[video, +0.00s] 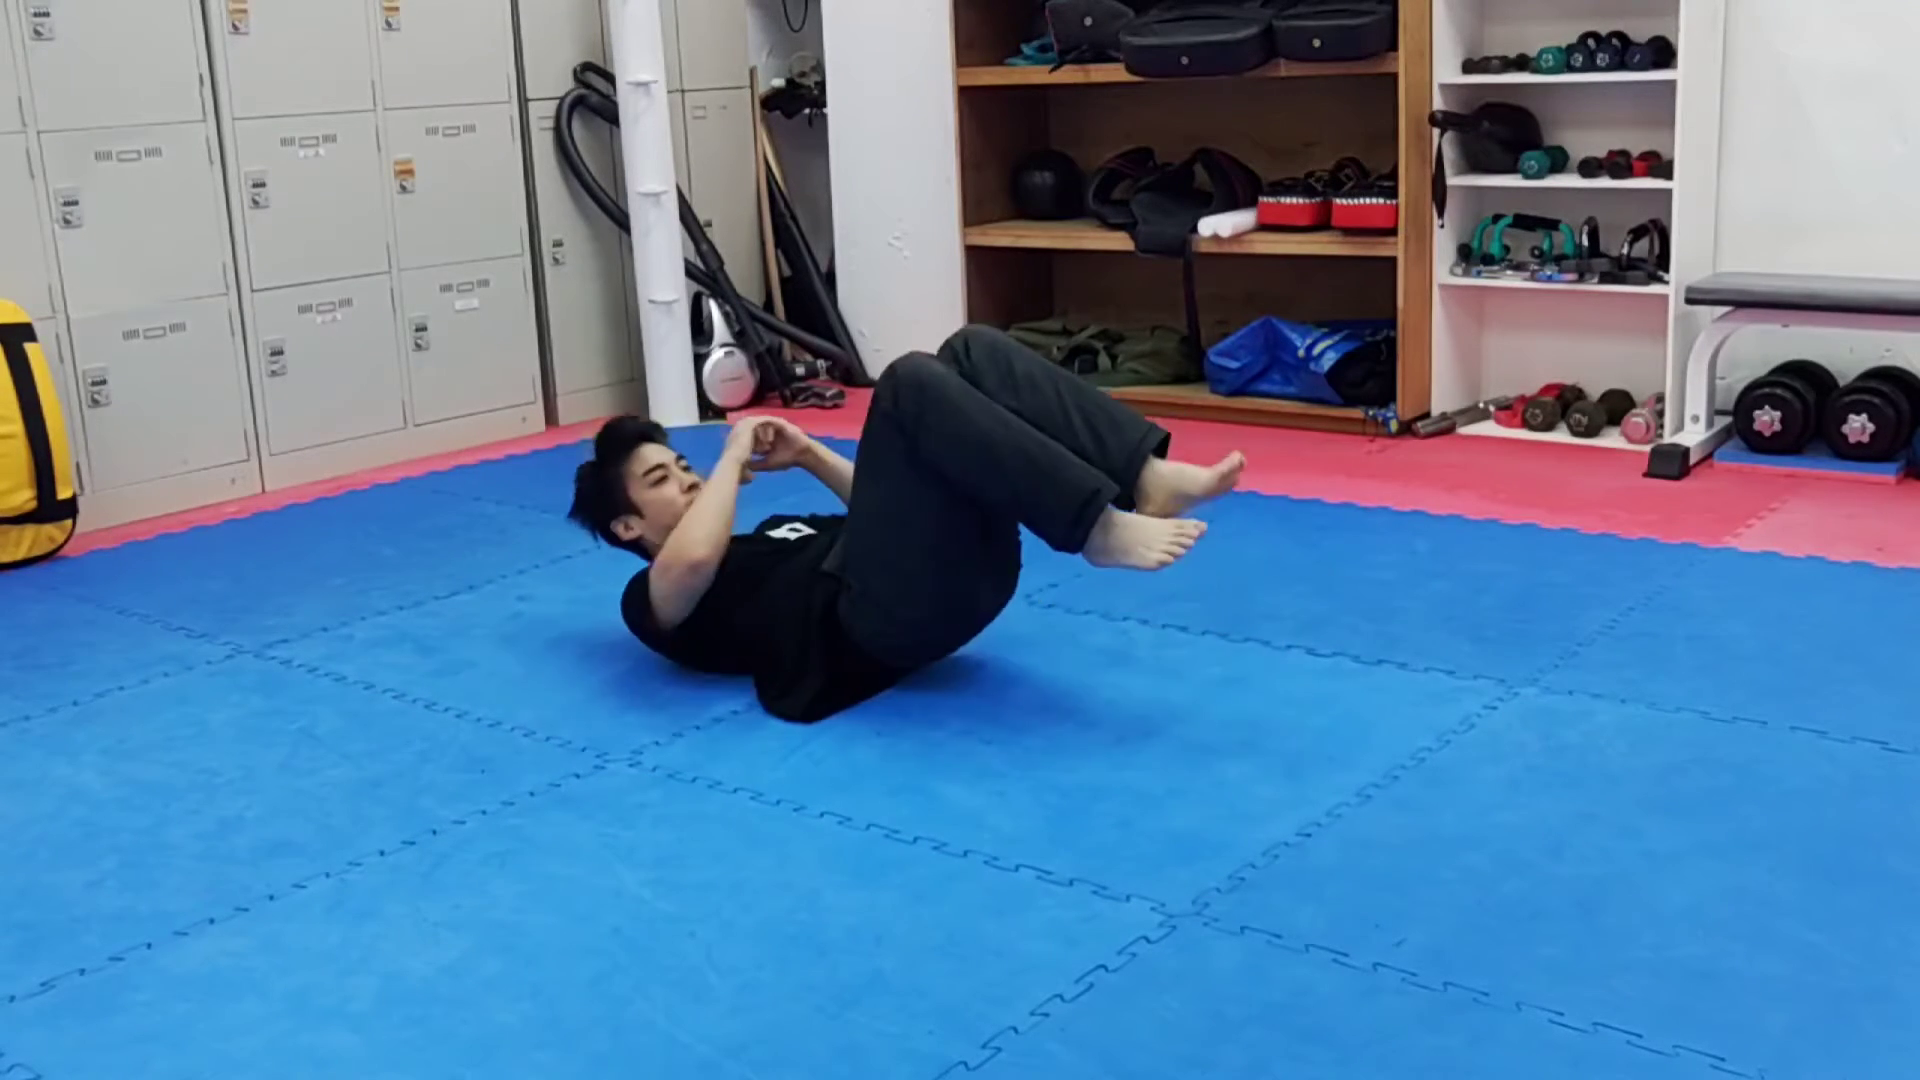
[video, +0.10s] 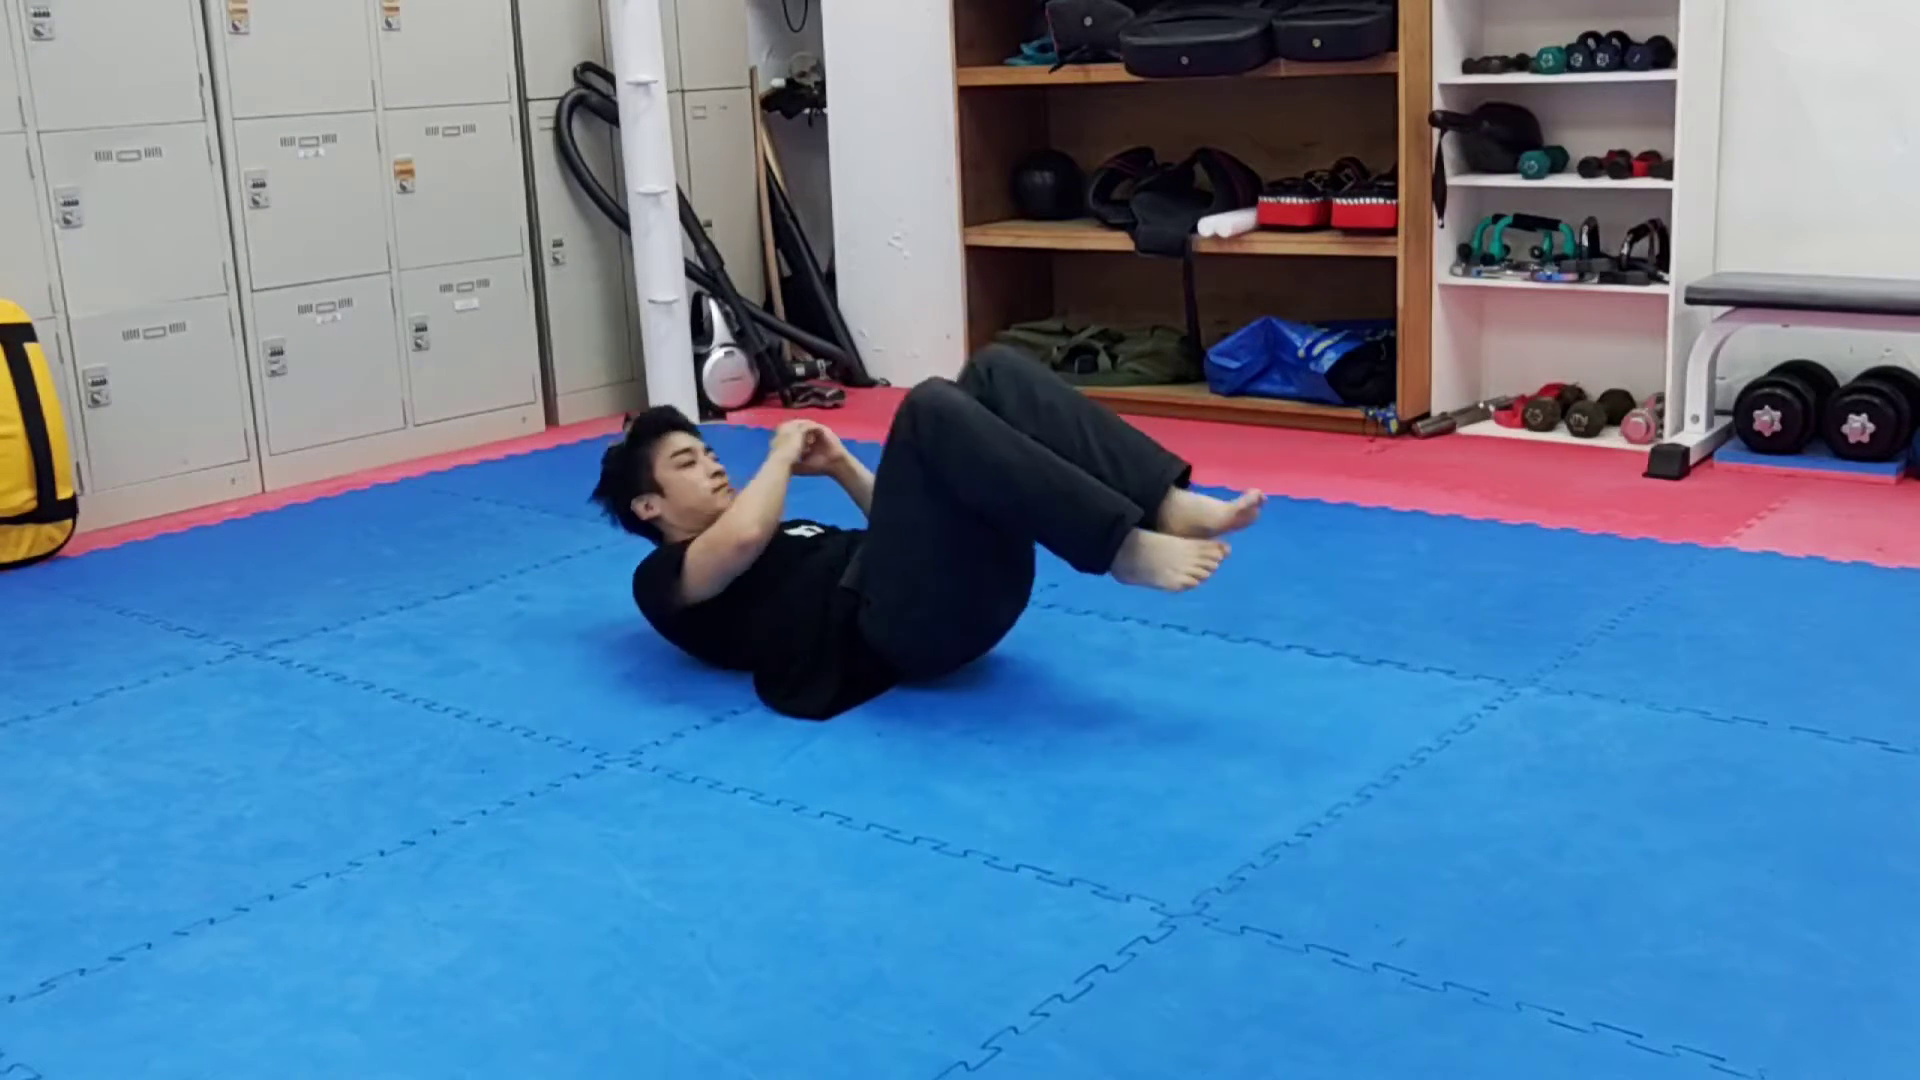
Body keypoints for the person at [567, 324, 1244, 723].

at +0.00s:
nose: (687, 482)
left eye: (684, 469)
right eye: (660, 480)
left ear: (696, 474)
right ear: (626, 529)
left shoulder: (776, 531)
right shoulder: (650, 601)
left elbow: (891, 515)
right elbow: (694, 560)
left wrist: (811, 459)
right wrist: (732, 457)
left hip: (943, 584)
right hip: (877, 626)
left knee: (974, 350)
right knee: (906, 386)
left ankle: (1145, 476)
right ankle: (1092, 528)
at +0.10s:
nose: (718, 469)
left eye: (713, 457)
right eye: (692, 465)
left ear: (719, 470)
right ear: (648, 508)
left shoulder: (767, 537)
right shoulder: (662, 586)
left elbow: (897, 534)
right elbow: (743, 537)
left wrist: (843, 474)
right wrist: (784, 454)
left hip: (954, 593)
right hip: (901, 629)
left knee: (998, 373)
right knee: (929, 413)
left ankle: (1165, 500)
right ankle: (1119, 546)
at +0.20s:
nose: (747, 443)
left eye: (743, 430)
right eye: (722, 437)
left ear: (751, 445)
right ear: (677, 477)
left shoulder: (788, 520)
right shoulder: (676, 551)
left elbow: (914, 546)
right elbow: (776, 529)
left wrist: (866, 477)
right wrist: (812, 458)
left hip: (983, 618)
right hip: (918, 645)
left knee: (1045, 406)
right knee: (971, 425)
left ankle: (1204, 549)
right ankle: (1143, 587)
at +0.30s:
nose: (785, 416)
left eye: (783, 401)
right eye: (758, 407)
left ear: (787, 417)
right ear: (707, 441)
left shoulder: (817, 497)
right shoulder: (699, 518)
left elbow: (942, 543)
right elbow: (782, 534)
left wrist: (889, 465)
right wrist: (834, 450)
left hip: (998, 621)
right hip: (925, 642)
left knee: (1103, 433)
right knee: (1018, 431)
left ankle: (1244, 592)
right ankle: (1167, 617)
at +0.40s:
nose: (807, 395)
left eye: (806, 377)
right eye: (780, 386)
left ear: (816, 386)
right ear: (731, 420)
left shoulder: (855, 467)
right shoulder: (724, 504)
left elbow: (973, 512)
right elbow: (776, 552)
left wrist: (907, 445)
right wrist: (842, 445)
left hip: (1016, 617)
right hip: (937, 638)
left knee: (1136, 439)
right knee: (1051, 428)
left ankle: (1275, 602)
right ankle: (1183, 622)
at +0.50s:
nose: (806, 392)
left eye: (806, 372)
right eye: (778, 389)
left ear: (822, 371)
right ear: (738, 422)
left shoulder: (877, 443)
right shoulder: (748, 507)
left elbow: (1000, 485)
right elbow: (779, 575)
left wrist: (909, 431)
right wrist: (840, 453)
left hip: (1028, 610)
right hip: (947, 631)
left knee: (1160, 444)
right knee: (1075, 427)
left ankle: (1293, 599)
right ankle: (1204, 624)